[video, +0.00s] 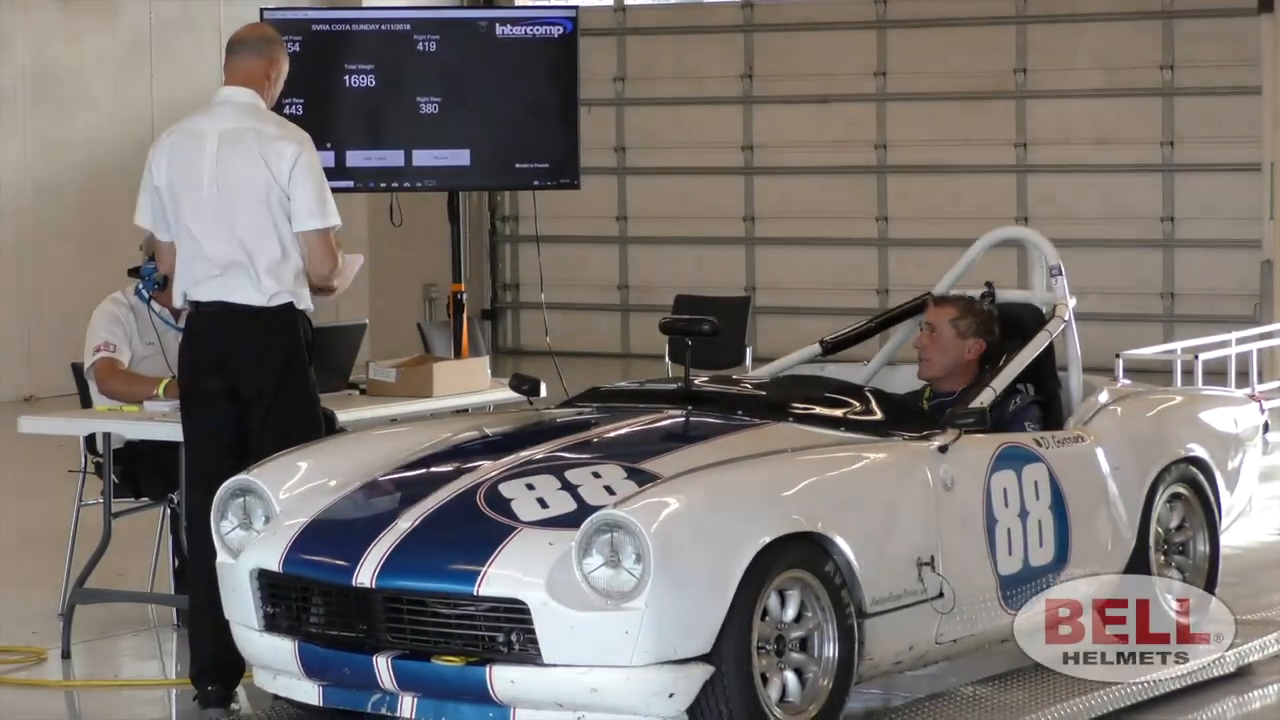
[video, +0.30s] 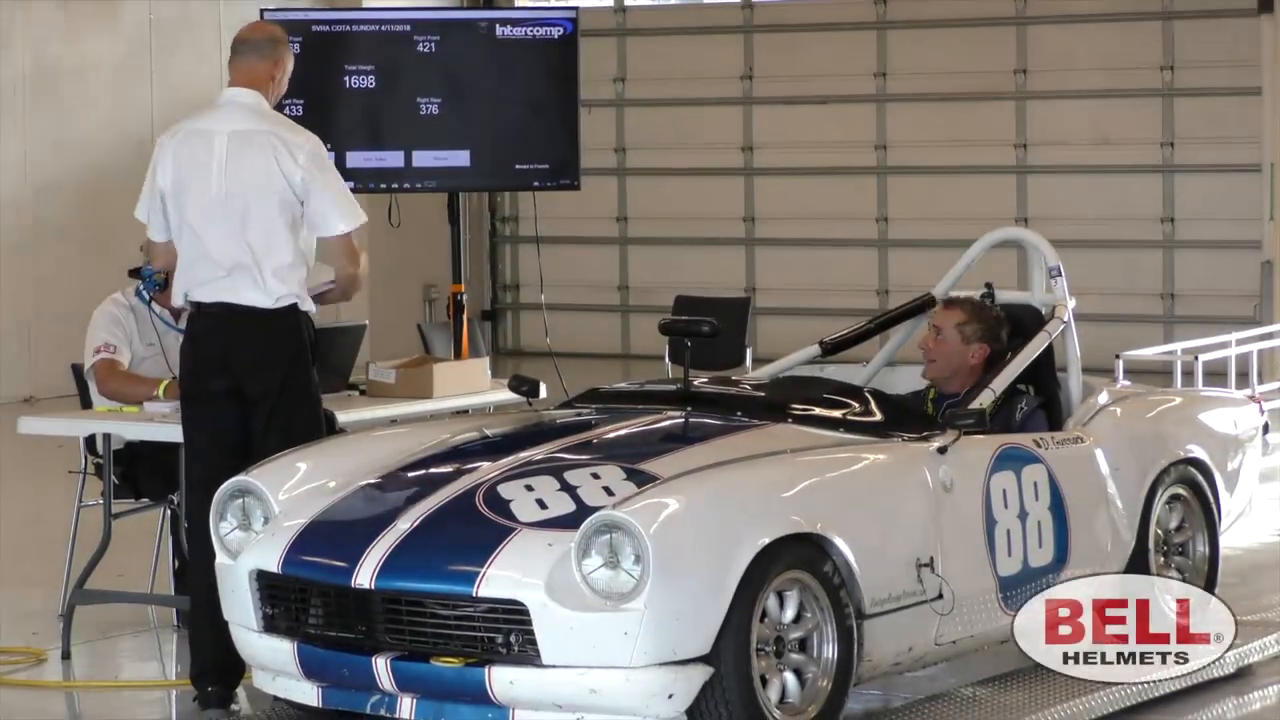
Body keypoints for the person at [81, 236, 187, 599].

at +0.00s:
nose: (182, 281)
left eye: (185, 270)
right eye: (172, 271)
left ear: (196, 271)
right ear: (151, 272)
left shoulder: (200, 313)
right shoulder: (116, 311)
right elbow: (109, 380)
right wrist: (173, 387)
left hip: (193, 439)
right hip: (132, 443)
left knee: (234, 471)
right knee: (194, 477)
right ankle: (191, 594)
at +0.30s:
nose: (181, 282)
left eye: (185, 272)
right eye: (173, 273)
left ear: (197, 271)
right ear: (153, 275)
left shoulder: (205, 313)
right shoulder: (117, 311)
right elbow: (107, 380)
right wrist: (174, 389)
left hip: (198, 439)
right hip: (136, 443)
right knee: (195, 482)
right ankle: (192, 598)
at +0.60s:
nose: (183, 288)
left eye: (188, 277)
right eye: (175, 279)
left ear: (199, 274)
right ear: (151, 274)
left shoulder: (205, 314)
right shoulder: (117, 312)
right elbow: (108, 382)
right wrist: (171, 388)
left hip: (199, 439)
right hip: (138, 445)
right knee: (194, 480)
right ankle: (192, 600)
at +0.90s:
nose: (178, 292)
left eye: (183, 281)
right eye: (170, 282)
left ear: (196, 276)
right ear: (149, 277)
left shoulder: (207, 312)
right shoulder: (117, 312)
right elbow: (106, 379)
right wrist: (170, 388)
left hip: (203, 441)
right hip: (141, 444)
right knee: (195, 482)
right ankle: (193, 601)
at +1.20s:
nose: (186, 262)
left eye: (187, 254)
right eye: (174, 254)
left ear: (192, 262)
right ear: (145, 261)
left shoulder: (201, 307)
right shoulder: (116, 309)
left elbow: (236, 362)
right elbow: (108, 377)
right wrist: (171, 386)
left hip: (202, 442)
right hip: (135, 445)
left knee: (246, 471)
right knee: (198, 478)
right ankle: (194, 600)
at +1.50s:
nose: (196, 278)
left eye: (202, 269)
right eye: (186, 267)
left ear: (206, 274)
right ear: (159, 264)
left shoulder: (202, 319)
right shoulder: (118, 315)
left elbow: (222, 374)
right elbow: (99, 393)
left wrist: (262, 375)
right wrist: (158, 391)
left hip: (201, 443)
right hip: (138, 447)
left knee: (263, 469)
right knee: (204, 479)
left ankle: (250, 595)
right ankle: (196, 606)